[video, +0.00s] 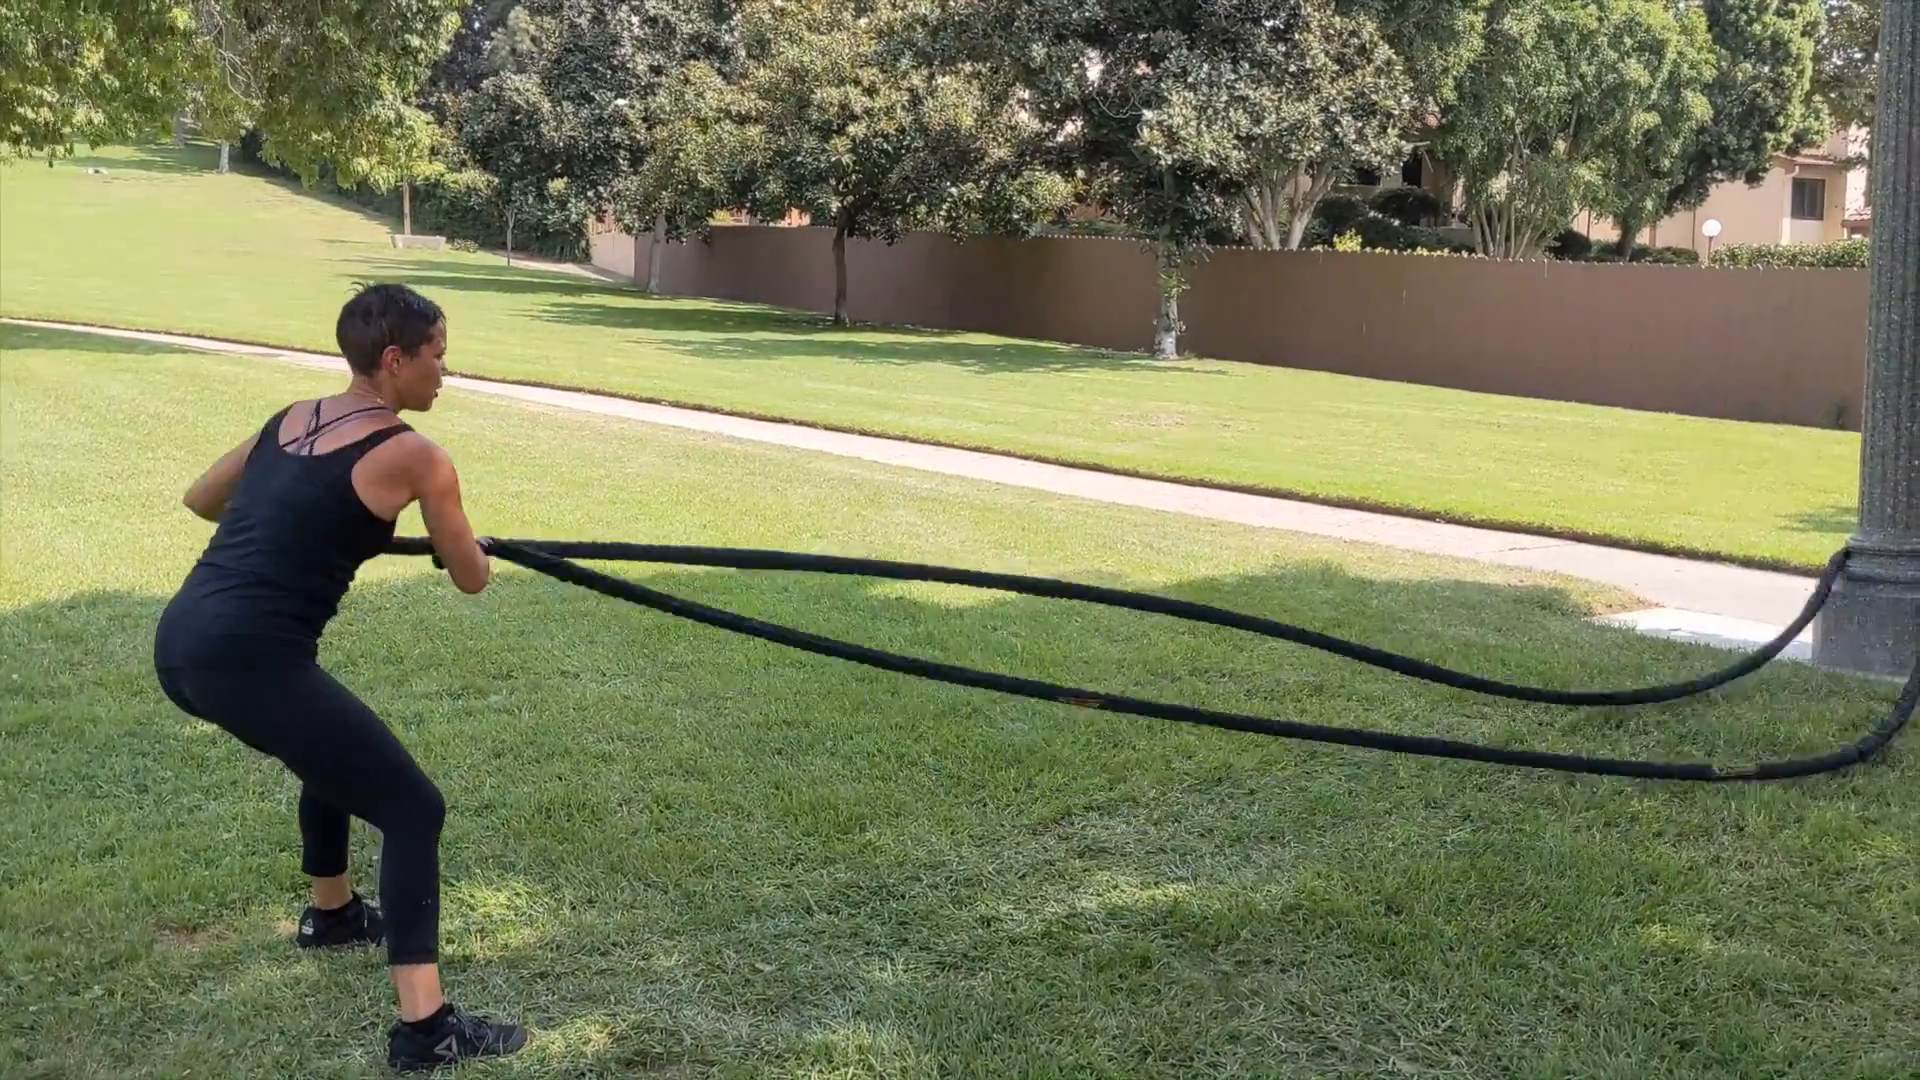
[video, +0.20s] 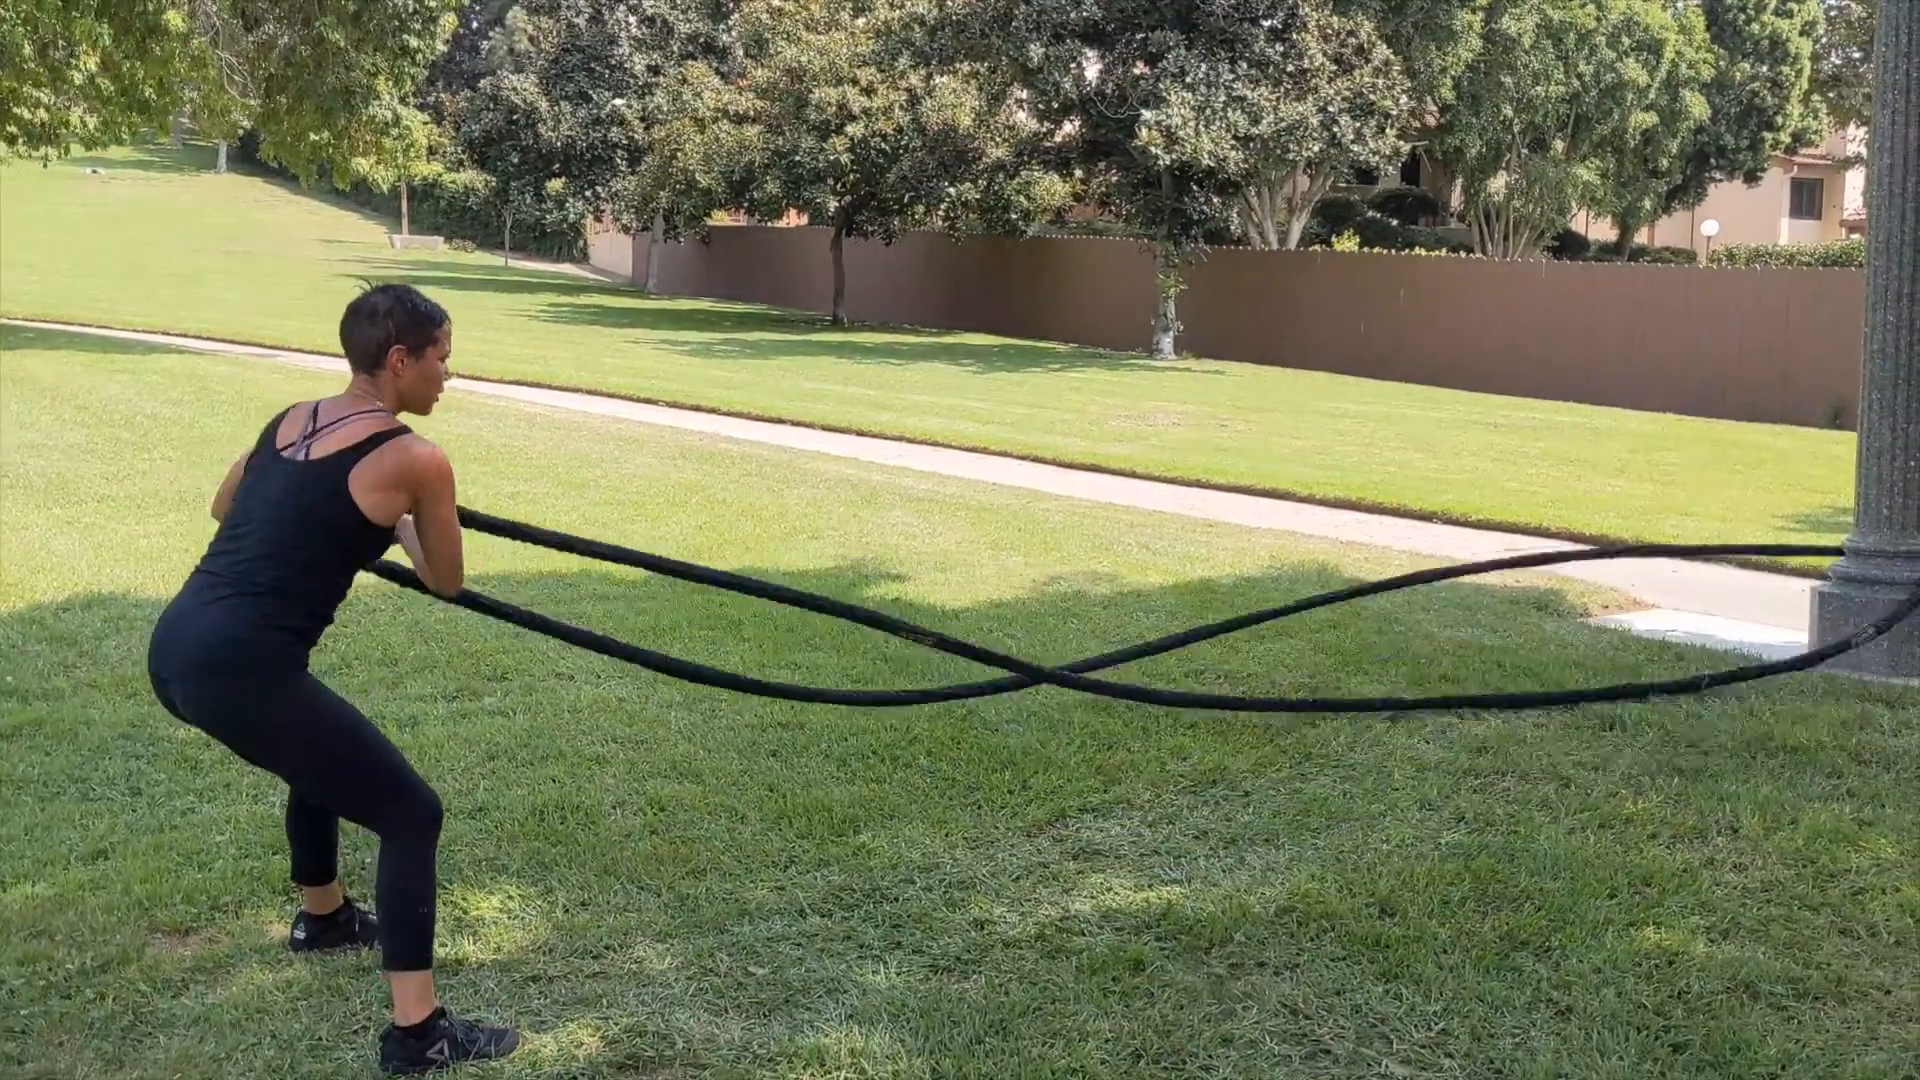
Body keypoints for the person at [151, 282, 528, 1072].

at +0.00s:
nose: (444, 367)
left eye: (443, 352)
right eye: (436, 352)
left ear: (368, 358)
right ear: (395, 357)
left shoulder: (296, 416)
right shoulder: (416, 455)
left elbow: (203, 498)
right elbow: (471, 577)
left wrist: (297, 513)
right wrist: (468, 546)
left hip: (182, 645)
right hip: (252, 659)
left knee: (329, 751)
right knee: (415, 808)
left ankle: (333, 910)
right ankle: (424, 1022)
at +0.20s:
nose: (447, 370)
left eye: (446, 355)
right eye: (440, 355)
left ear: (367, 358)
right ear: (398, 359)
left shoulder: (294, 417)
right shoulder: (417, 460)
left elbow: (227, 502)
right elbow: (448, 579)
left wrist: (330, 518)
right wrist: (411, 519)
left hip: (176, 651)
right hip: (245, 670)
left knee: (317, 759)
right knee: (413, 813)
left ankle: (323, 914)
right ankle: (416, 1026)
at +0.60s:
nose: (452, 384)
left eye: (451, 367)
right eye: (444, 367)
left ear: (388, 372)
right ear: (395, 369)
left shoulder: (347, 460)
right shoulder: (360, 466)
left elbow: (375, 610)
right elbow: (417, 586)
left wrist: (457, 626)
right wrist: (554, 596)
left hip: (221, 662)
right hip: (199, 678)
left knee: (322, 768)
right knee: (370, 820)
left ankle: (301, 918)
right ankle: (392, 1033)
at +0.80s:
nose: (426, 380)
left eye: (426, 363)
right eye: (417, 363)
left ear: (361, 368)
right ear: (370, 366)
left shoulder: (321, 452)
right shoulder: (334, 464)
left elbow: (352, 600)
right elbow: (355, 586)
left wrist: (473, 592)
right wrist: (493, 597)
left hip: (175, 655)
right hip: (181, 675)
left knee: (301, 760)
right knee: (352, 821)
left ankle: (286, 918)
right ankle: (376, 1034)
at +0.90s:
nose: (399, 378)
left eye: (399, 361)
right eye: (391, 361)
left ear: (334, 365)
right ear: (342, 364)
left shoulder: (283, 444)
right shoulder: (309, 464)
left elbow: (337, 579)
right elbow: (339, 583)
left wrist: (467, 593)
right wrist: (480, 596)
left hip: (152, 653)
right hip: (162, 676)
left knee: (293, 753)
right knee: (336, 822)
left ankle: (278, 917)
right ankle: (364, 1033)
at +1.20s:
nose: (351, 378)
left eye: (350, 363)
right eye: (341, 364)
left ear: (275, 373)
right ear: (295, 373)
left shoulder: (194, 432)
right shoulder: (315, 477)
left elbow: (122, 529)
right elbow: (386, 597)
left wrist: (240, 548)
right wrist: (424, 580)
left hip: (79, 665)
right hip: (148, 683)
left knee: (241, 766)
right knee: (325, 821)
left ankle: (255, 919)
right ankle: (338, 1037)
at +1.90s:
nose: (349, 382)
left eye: (348, 365)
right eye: (340, 366)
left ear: (277, 374)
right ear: (290, 372)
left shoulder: (224, 453)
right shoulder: (268, 476)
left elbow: (283, 602)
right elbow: (337, 599)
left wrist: (412, 611)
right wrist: (466, 618)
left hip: (83, 658)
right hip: (102, 685)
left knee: (225, 763)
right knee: (285, 818)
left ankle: (214, 918)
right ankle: (297, 1033)